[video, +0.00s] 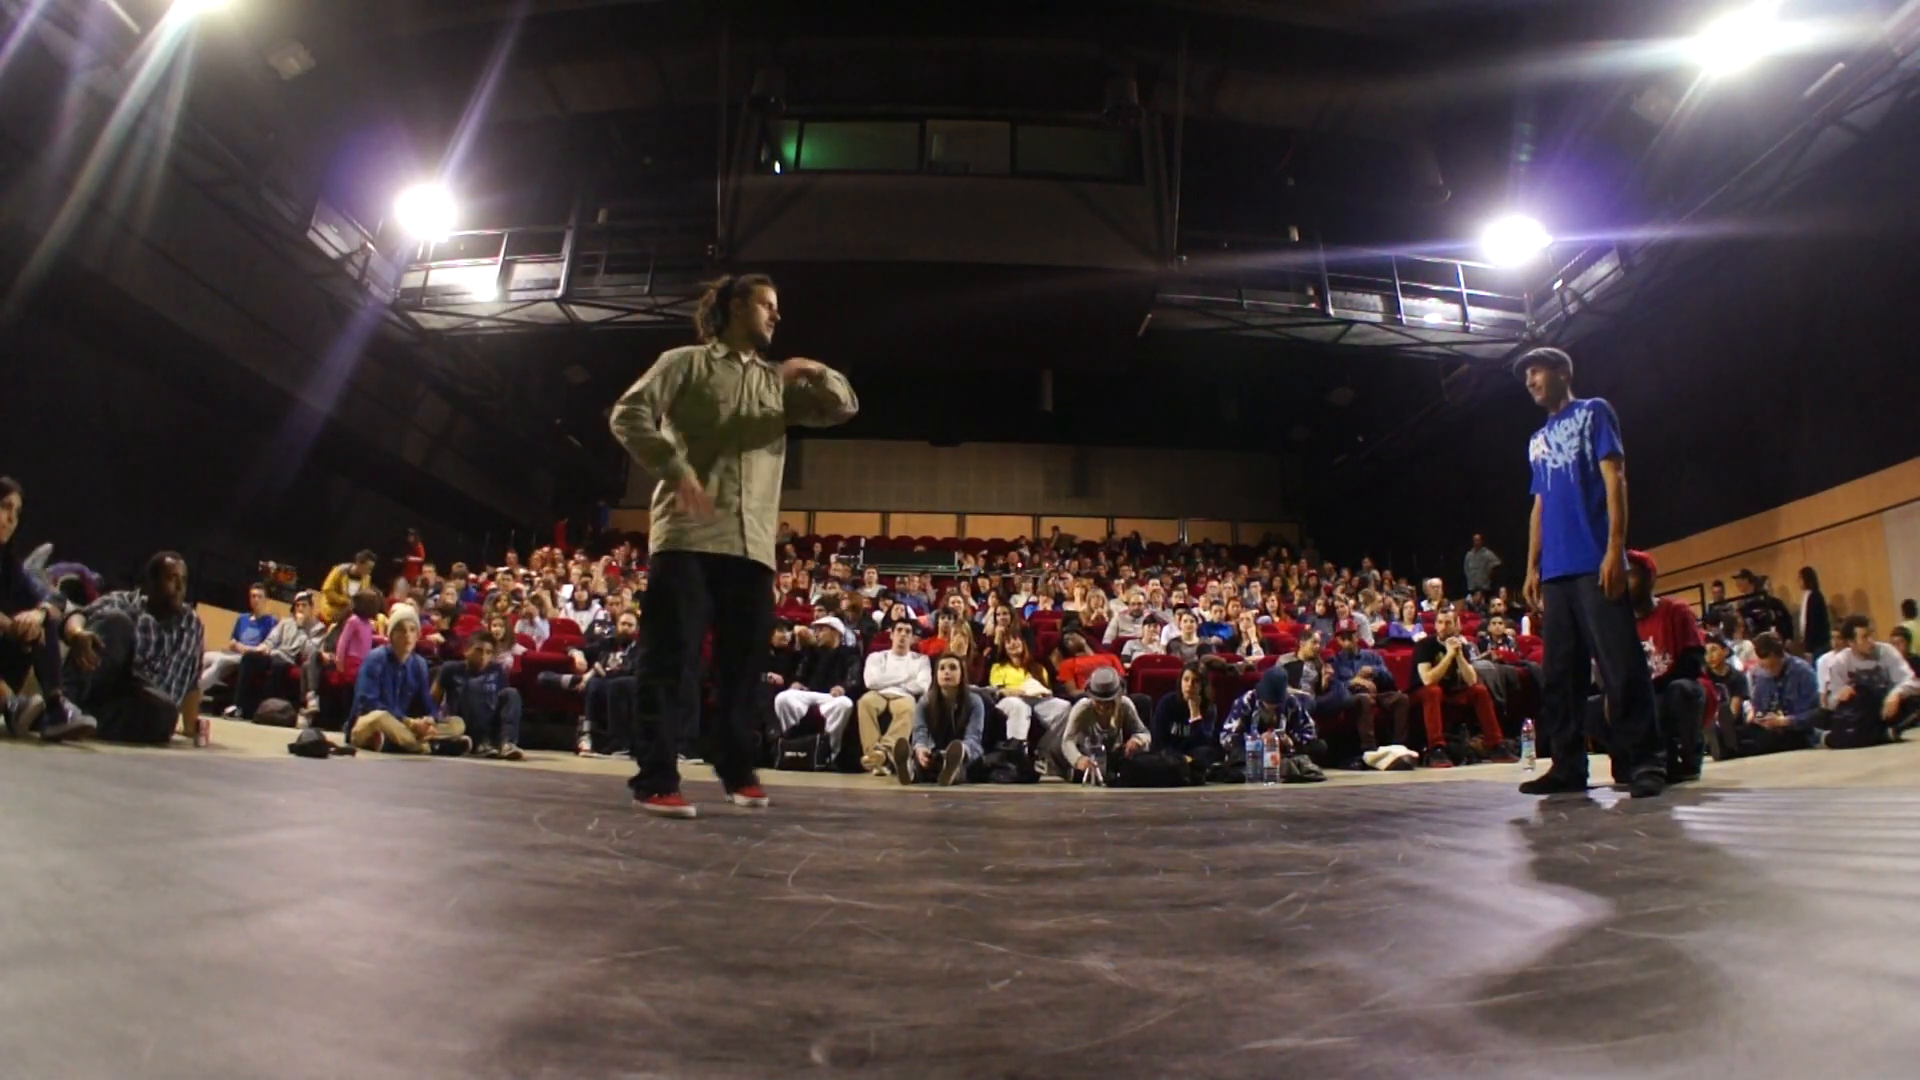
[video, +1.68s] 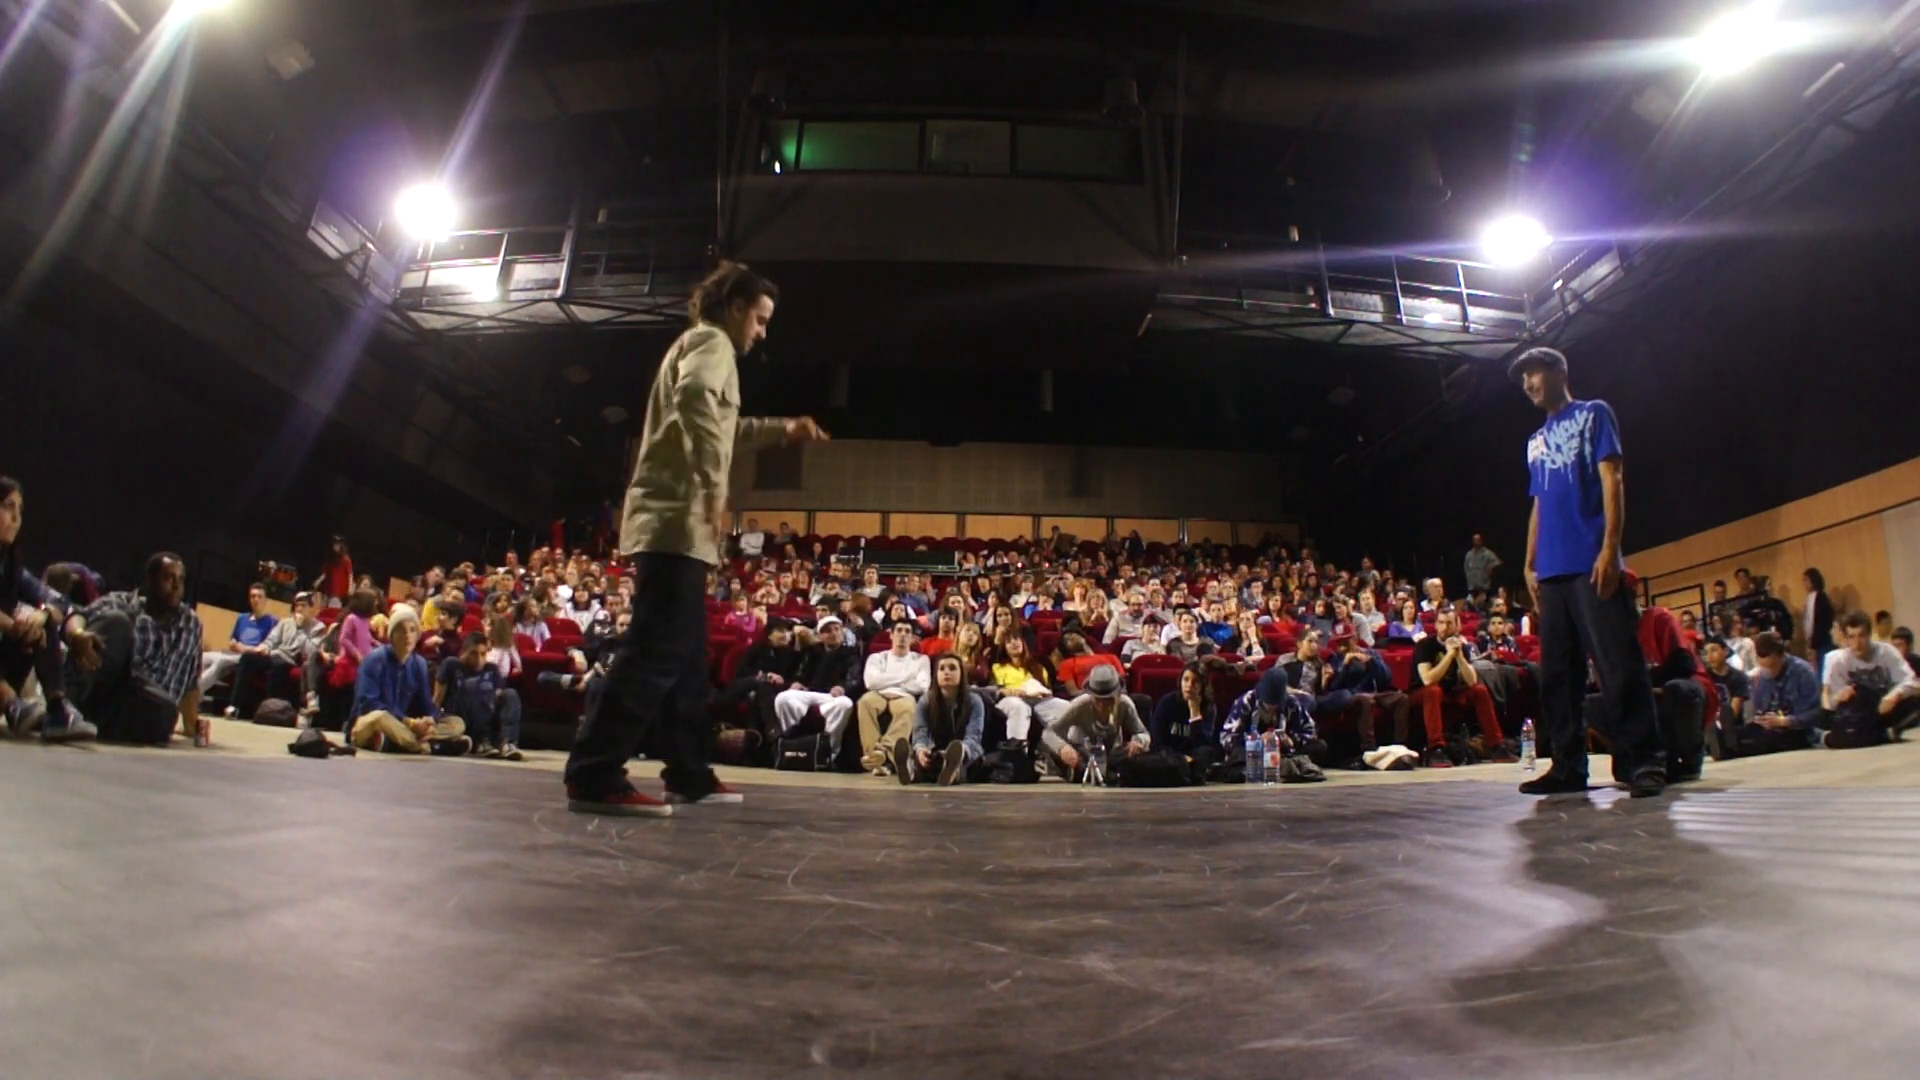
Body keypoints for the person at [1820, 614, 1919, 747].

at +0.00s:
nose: (1870, 641)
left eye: (1870, 635)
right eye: (1864, 637)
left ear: (1873, 634)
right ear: (1851, 643)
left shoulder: (1887, 652)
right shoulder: (1840, 662)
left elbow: (1910, 680)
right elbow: (1830, 703)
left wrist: (1895, 694)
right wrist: (1839, 696)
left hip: (1885, 703)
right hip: (1856, 706)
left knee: (1914, 703)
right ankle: (1884, 734)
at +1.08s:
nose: (1858, 641)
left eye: (1863, 635)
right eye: (1853, 636)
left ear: (1870, 634)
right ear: (1847, 638)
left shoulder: (1887, 652)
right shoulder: (1838, 662)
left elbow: (1911, 680)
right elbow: (1830, 702)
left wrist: (1893, 696)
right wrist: (1838, 697)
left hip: (1887, 705)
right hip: (1858, 707)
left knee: (1913, 703)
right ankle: (1884, 734)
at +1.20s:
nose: (1857, 641)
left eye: (1862, 635)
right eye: (1852, 635)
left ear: (1869, 634)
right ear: (1846, 638)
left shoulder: (1887, 652)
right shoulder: (1838, 662)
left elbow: (1911, 680)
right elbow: (1830, 703)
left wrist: (1892, 697)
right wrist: (1839, 697)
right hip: (1858, 707)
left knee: (1913, 702)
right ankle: (1883, 734)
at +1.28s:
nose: (1857, 641)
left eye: (1862, 635)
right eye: (1852, 635)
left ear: (1869, 634)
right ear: (1846, 638)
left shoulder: (1887, 652)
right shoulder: (1838, 662)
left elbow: (1911, 680)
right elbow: (1830, 703)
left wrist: (1892, 697)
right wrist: (1839, 696)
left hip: (1886, 704)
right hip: (1857, 706)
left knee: (1913, 703)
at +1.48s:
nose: (1856, 642)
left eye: (1861, 635)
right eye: (1851, 637)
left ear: (1870, 635)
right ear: (1846, 638)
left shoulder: (1886, 652)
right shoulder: (1840, 661)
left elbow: (1911, 680)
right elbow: (1830, 703)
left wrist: (1892, 696)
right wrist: (1838, 697)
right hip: (1858, 705)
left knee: (1913, 703)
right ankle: (1885, 734)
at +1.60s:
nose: (1856, 642)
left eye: (1862, 635)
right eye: (1851, 637)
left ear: (1870, 634)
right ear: (1846, 638)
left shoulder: (1887, 652)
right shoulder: (1839, 661)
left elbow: (1910, 680)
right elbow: (1830, 703)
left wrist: (1893, 696)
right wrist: (1839, 697)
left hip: (1885, 704)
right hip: (1856, 706)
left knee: (1913, 703)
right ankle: (1885, 734)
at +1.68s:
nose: (1857, 642)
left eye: (1862, 636)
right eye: (1851, 637)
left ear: (1869, 635)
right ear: (1845, 639)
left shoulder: (1887, 652)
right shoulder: (1838, 660)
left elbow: (1911, 680)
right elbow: (1830, 703)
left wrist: (1894, 695)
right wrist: (1839, 697)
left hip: (1885, 704)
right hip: (1856, 705)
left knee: (1913, 704)